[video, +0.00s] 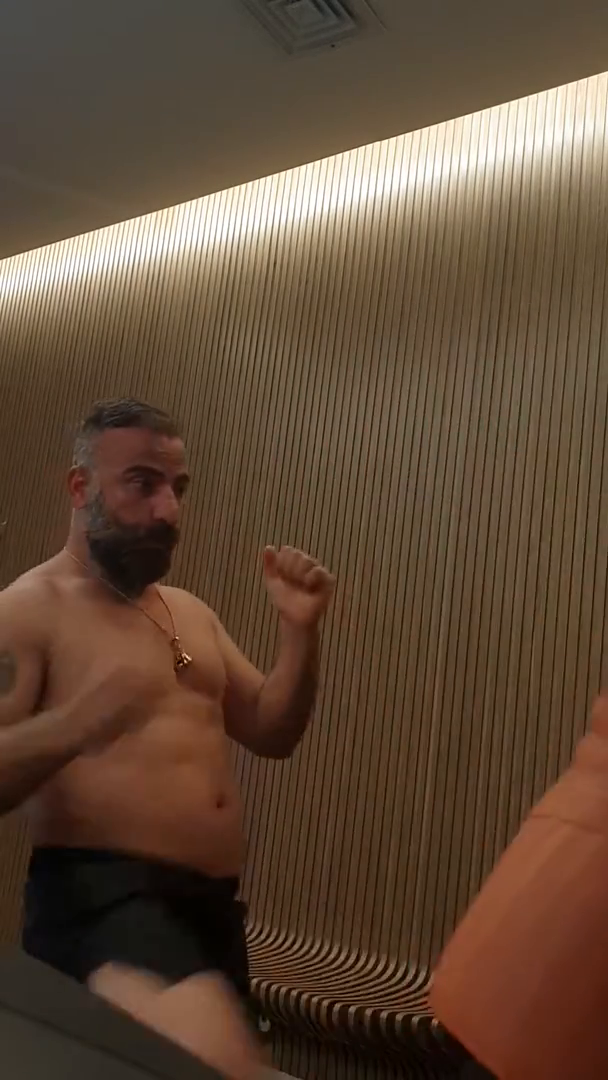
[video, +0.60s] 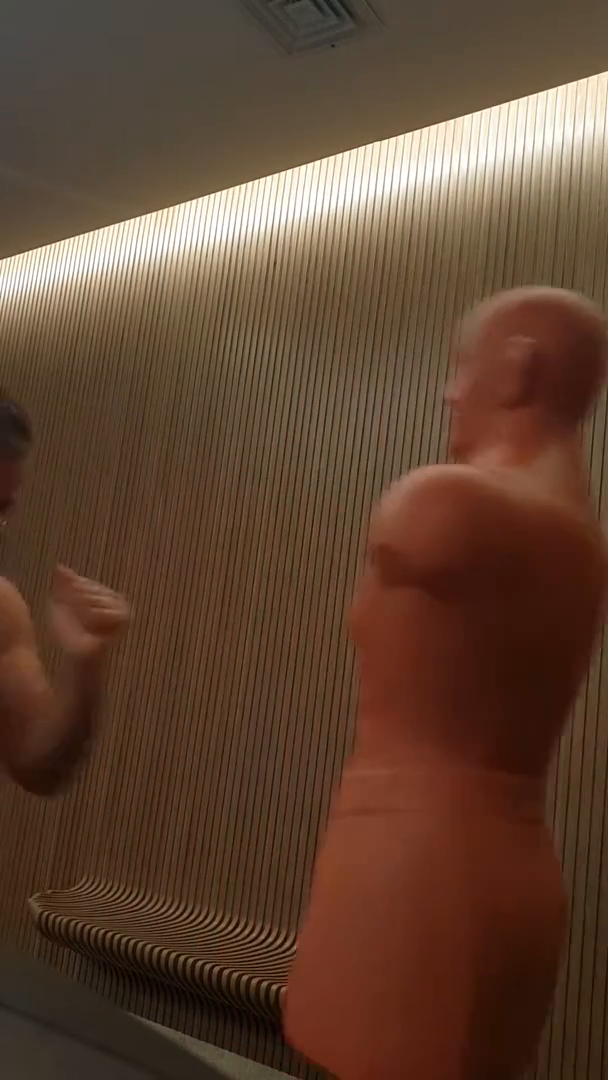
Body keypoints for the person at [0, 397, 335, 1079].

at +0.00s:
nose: (168, 508)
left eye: (177, 487)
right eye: (143, 483)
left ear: (186, 495)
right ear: (78, 488)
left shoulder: (192, 614)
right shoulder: (28, 609)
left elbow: (272, 733)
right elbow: (5, 768)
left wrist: (299, 628)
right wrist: (74, 724)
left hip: (211, 904)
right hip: (102, 895)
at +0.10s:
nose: (179, 513)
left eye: (191, 495)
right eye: (157, 485)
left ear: (201, 501)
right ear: (89, 482)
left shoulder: (192, 612)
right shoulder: (24, 596)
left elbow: (272, 738)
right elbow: (7, 745)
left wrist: (287, 628)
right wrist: (141, 641)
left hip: (193, 916)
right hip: (65, 911)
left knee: (201, 1070)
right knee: (80, 1066)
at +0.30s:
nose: (146, 543)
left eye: (164, 524)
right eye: (129, 518)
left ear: (183, 517)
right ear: (69, 486)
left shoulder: (179, 603)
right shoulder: (9, 576)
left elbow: (264, 711)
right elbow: (10, 726)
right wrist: (143, 586)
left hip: (117, 929)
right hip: (13, 926)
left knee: (136, 1068)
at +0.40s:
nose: (83, 548)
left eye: (107, 532)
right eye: (65, 523)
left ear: (133, 529)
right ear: (15, 490)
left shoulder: (116, 611)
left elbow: (196, 737)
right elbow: (9, 686)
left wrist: (260, 644)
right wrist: (63, 591)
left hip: (42, 929)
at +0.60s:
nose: (6, 519)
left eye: (6, 505)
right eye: (5, 504)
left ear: (13, 495)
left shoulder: (5, 604)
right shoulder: (6, 604)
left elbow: (41, 770)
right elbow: (41, 770)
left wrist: (83, 662)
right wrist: (84, 663)